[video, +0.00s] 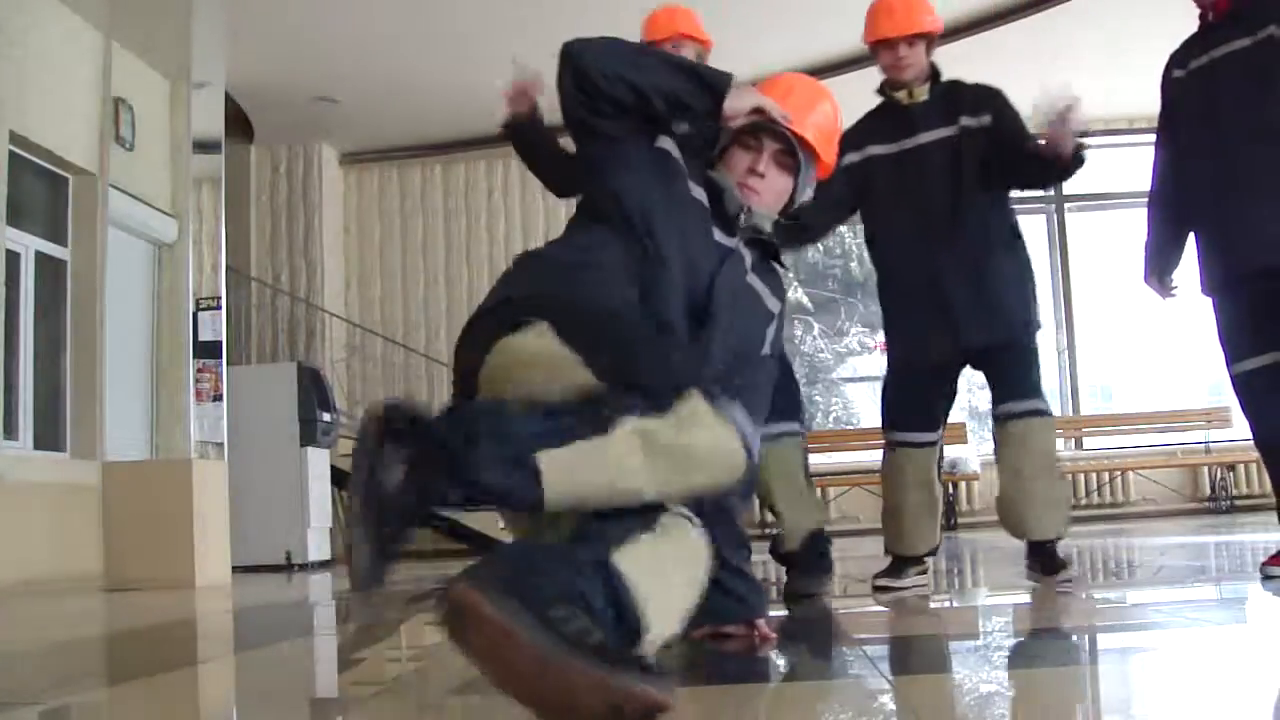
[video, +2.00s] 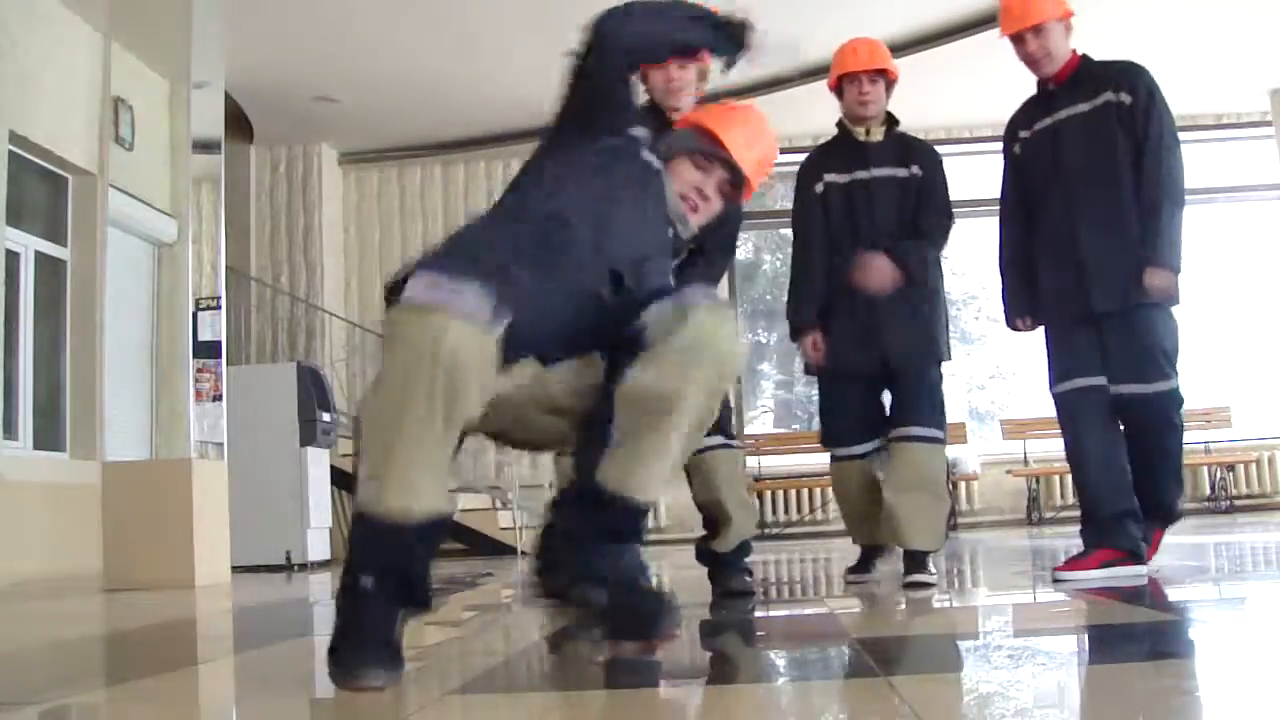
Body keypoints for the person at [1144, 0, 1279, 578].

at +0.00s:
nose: (1193, 8)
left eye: (1194, 5)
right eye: (1194, 7)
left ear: (1211, 3)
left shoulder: (1191, 60)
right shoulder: (1188, 62)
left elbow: (1175, 169)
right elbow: (1175, 169)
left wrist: (1160, 259)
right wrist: (1162, 256)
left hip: (1244, 263)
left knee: (1266, 409)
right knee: (1265, 408)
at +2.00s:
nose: (1028, 46)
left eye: (1037, 31)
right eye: (1018, 38)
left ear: (1067, 25)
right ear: (1011, 46)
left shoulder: (1127, 82)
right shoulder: (1021, 125)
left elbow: (1164, 172)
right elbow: (1014, 217)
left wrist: (1163, 258)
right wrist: (1017, 295)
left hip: (1133, 282)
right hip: (1063, 294)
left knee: (1150, 408)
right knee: (1083, 418)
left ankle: (1153, 514)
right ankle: (1113, 541)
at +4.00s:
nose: (1203, 77)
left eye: (1212, 64)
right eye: (1195, 69)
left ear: (1238, 67)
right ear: (1189, 79)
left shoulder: (1271, 119)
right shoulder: (1178, 142)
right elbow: (1119, 141)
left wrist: (1238, 55)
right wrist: (1153, 82)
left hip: (1275, 294)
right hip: (1219, 301)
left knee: (1279, 401)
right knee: (1221, 414)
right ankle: (1233, 526)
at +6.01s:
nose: (1196, 32)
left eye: (1205, 17)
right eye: (1185, 24)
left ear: (1234, 12)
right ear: (1178, 29)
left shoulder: (1269, 68)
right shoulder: (1172, 94)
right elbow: (1103, 101)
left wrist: (1258, 6)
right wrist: (1154, 27)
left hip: (1269, 273)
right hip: (1206, 281)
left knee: (1277, 399)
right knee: (1215, 416)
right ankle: (1226, 537)